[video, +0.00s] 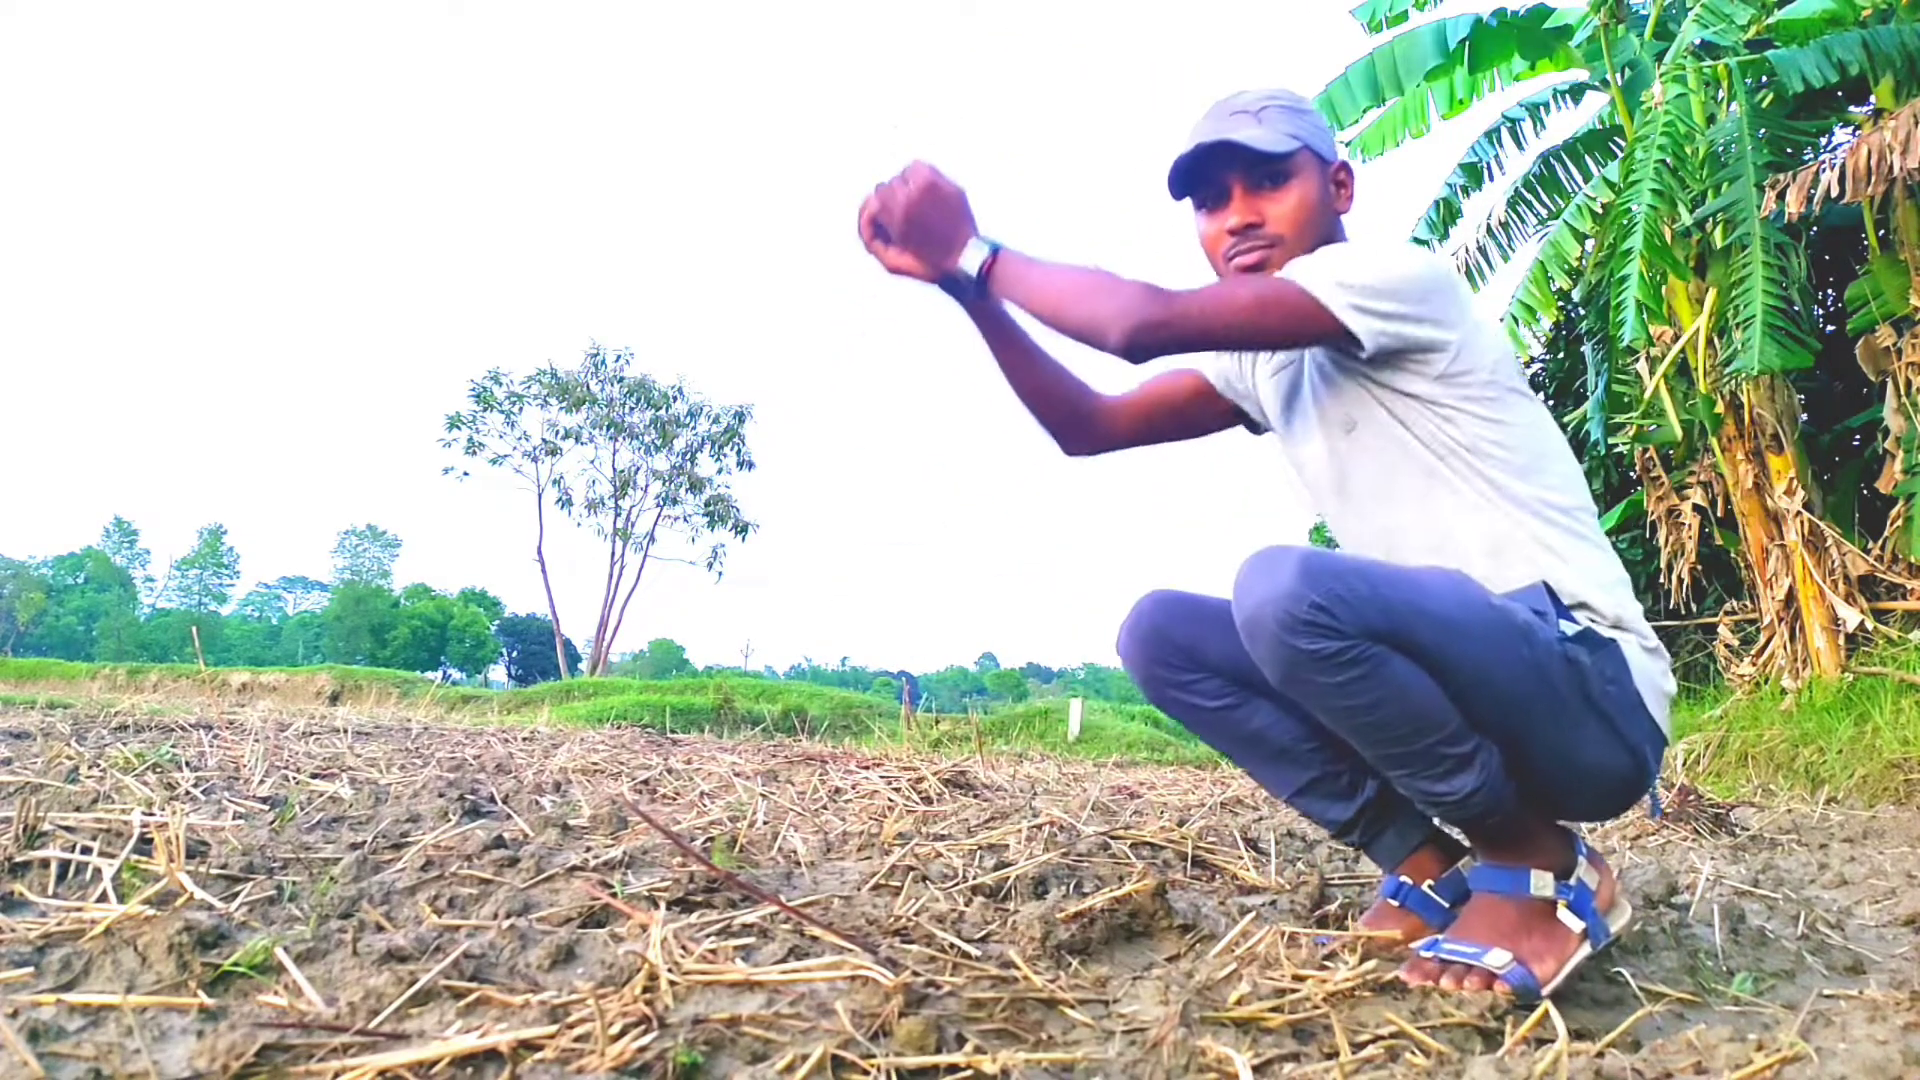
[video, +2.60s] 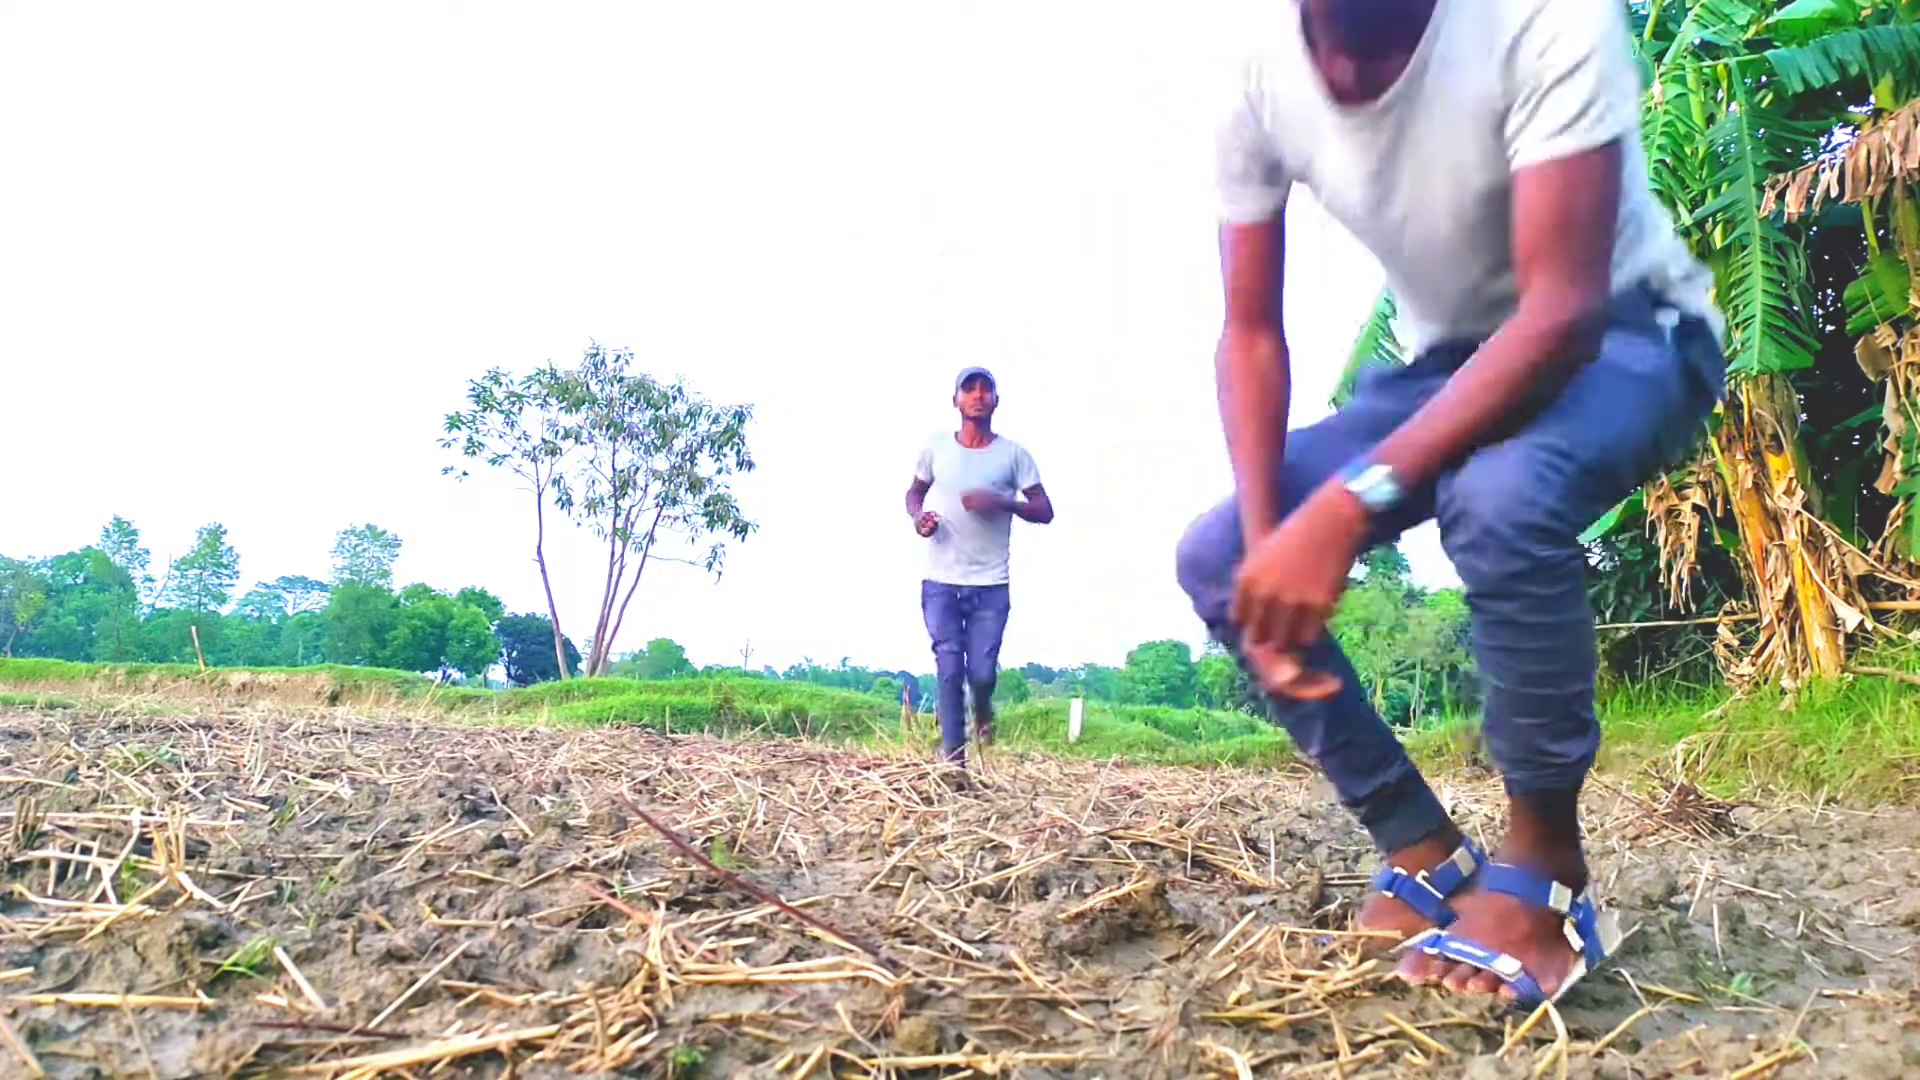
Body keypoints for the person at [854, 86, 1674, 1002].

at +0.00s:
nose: (1234, 216)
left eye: (1267, 182)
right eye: (1208, 197)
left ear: (1341, 189)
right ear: (1194, 222)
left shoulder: (1402, 284)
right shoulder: (1271, 362)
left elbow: (1140, 322)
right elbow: (1087, 424)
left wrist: (971, 254)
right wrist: (969, 288)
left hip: (1589, 686)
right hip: (1468, 698)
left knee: (1282, 593)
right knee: (1160, 631)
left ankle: (1535, 859)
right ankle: (1432, 870)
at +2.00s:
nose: (1275, 167)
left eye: (1309, 132)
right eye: (1247, 148)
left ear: (1379, 149)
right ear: (1231, 180)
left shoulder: (1443, 239)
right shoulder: (1295, 328)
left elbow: (1189, 278)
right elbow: (1116, 383)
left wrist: (1011, 212)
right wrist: (991, 257)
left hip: (1566, 670)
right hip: (1435, 684)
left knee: (1271, 611)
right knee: (1124, 681)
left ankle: (1520, 859)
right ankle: (1425, 854)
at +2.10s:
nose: (1281, 161)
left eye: (1313, 129)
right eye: (1252, 143)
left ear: (1381, 147)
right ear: (1235, 186)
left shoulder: (1459, 247)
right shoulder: (1301, 346)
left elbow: (1295, 397)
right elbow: (1179, 501)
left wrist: (1077, 386)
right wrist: (1041, 453)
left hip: (1567, 676)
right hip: (1434, 700)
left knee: (1268, 613)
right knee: (1122, 681)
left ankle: (1518, 859)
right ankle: (1415, 858)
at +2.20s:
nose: (1273, 168)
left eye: (1302, 136)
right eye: (1241, 150)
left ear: (1364, 151)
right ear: (1220, 190)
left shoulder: (1457, 259)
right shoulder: (1275, 369)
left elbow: (1387, 461)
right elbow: (1228, 554)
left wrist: (1147, 494)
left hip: (1573, 684)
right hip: (1420, 707)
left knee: (1278, 608)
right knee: (1122, 677)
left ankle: (1521, 859)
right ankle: (1411, 853)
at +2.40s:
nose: (1226, 163)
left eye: (1249, 120)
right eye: (1188, 144)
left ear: (1312, 112)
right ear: (1163, 176)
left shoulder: (1438, 205)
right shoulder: (1236, 323)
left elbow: (1496, 432)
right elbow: (1251, 520)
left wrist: (1227, 473)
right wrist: (1168, 578)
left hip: (1615, 606)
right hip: (1439, 632)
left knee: (1390, 528)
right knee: (1158, 629)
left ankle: (1529, 864)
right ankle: (1416, 860)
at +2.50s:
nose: (1247, 67)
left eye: (1272, 23)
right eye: (1207, 43)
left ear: (1337, 15)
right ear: (1175, 71)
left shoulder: (1479, 120)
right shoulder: (1226, 220)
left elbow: (1533, 378)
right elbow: (1249, 434)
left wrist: (1276, 469)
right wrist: (1193, 551)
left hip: (1626, 465)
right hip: (1426, 491)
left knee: (1445, 500)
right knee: (1187, 594)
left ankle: (1533, 864)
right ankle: (1426, 864)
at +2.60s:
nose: (1338, 73)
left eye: (1367, 48)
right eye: (1315, 44)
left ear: (1428, 12)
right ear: (1295, 11)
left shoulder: (1556, 28)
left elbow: (1561, 316)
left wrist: (1348, 507)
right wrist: (1264, 550)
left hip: (1634, 332)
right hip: (1449, 359)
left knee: (1500, 505)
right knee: (1220, 555)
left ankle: (1542, 876)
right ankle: (1429, 856)